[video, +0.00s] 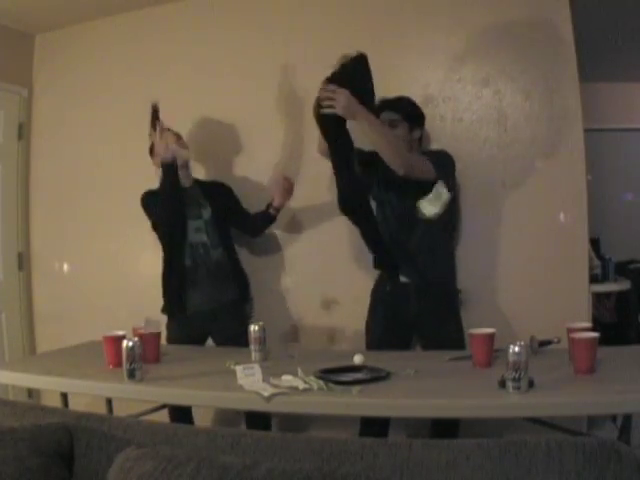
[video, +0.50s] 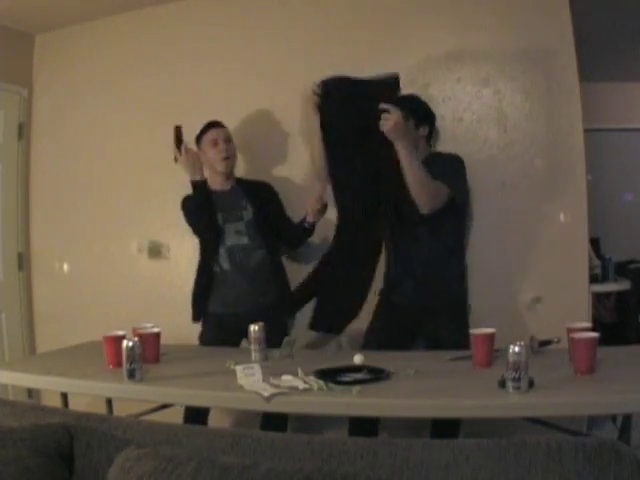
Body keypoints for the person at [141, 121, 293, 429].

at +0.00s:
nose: (175, 148)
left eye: (178, 143)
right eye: (166, 146)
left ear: (188, 151)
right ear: (155, 158)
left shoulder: (217, 191)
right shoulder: (154, 199)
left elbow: (251, 227)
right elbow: (170, 227)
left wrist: (275, 205)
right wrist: (168, 167)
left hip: (229, 303)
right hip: (186, 308)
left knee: (249, 379)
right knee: (176, 383)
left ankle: (263, 448)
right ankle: (185, 449)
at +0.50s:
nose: (225, 147)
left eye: (228, 141)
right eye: (215, 143)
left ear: (235, 149)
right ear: (201, 155)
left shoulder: (261, 192)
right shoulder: (196, 203)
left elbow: (288, 239)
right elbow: (208, 234)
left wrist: (311, 218)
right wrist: (196, 178)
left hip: (270, 308)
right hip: (222, 312)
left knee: (277, 391)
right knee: (201, 391)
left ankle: (270, 459)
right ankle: (187, 457)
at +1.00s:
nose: (219, 145)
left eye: (225, 139)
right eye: (211, 140)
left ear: (234, 149)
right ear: (199, 154)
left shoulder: (256, 198)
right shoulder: (195, 197)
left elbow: (274, 247)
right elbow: (189, 189)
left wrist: (301, 238)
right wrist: (184, 144)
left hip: (259, 306)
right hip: (215, 308)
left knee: (273, 388)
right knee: (199, 388)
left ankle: (269, 458)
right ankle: (190, 455)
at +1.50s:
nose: (189, 143)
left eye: (192, 137)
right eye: (180, 138)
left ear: (198, 146)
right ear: (165, 150)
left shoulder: (219, 190)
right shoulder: (156, 193)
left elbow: (248, 236)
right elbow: (161, 191)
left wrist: (274, 222)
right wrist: (158, 139)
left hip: (233, 300)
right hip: (190, 304)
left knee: (255, 380)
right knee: (188, 385)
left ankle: (264, 452)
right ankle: (190, 455)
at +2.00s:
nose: (144, 154)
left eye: (140, 148)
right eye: (134, 151)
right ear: (115, 165)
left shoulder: (162, 192)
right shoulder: (113, 211)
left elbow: (191, 235)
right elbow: (144, 260)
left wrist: (236, 227)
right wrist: (183, 226)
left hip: (205, 297)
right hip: (168, 310)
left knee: (250, 348)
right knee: (171, 382)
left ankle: (251, 427)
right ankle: (166, 451)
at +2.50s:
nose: (189, 159)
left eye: (188, 153)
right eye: (180, 155)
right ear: (157, 164)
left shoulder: (198, 199)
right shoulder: (142, 206)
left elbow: (210, 248)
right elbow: (144, 267)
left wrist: (245, 261)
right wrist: (179, 247)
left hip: (196, 311)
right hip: (158, 316)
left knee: (206, 391)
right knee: (169, 394)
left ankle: (198, 456)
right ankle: (167, 459)